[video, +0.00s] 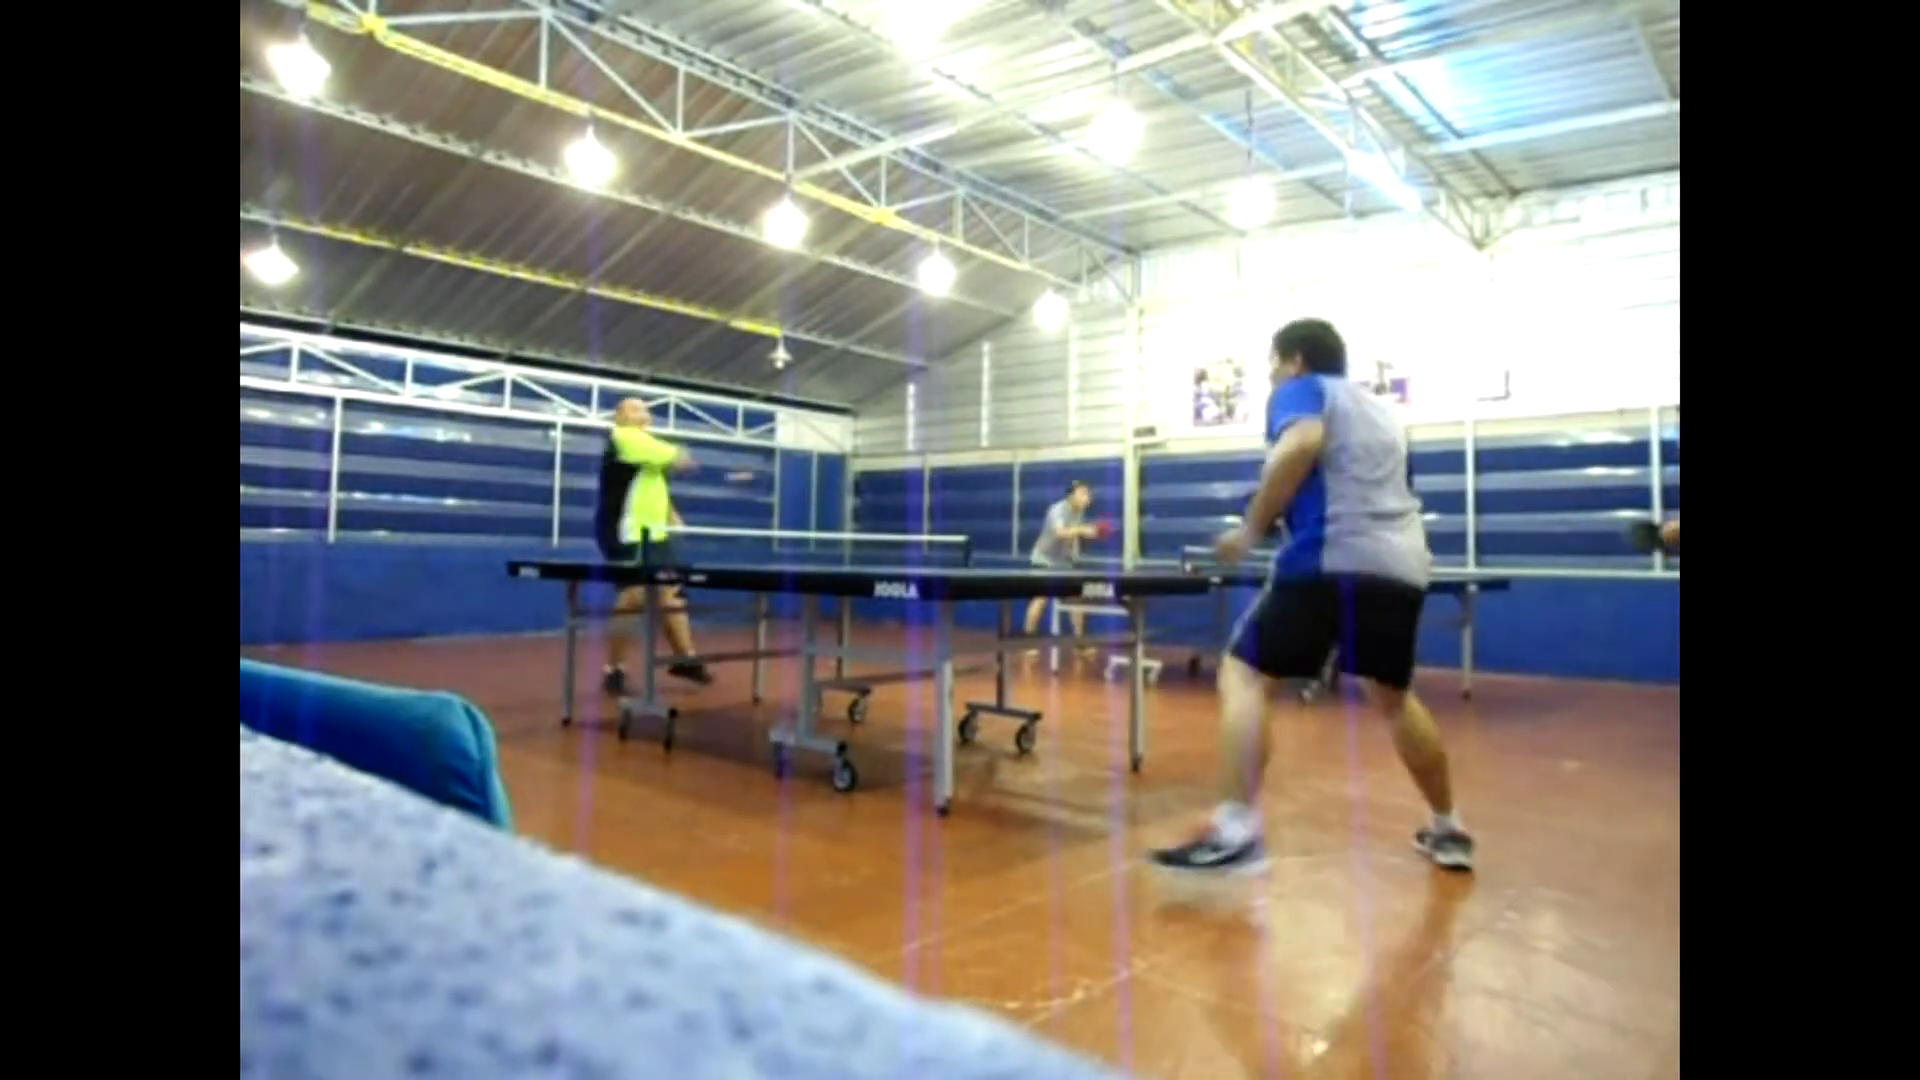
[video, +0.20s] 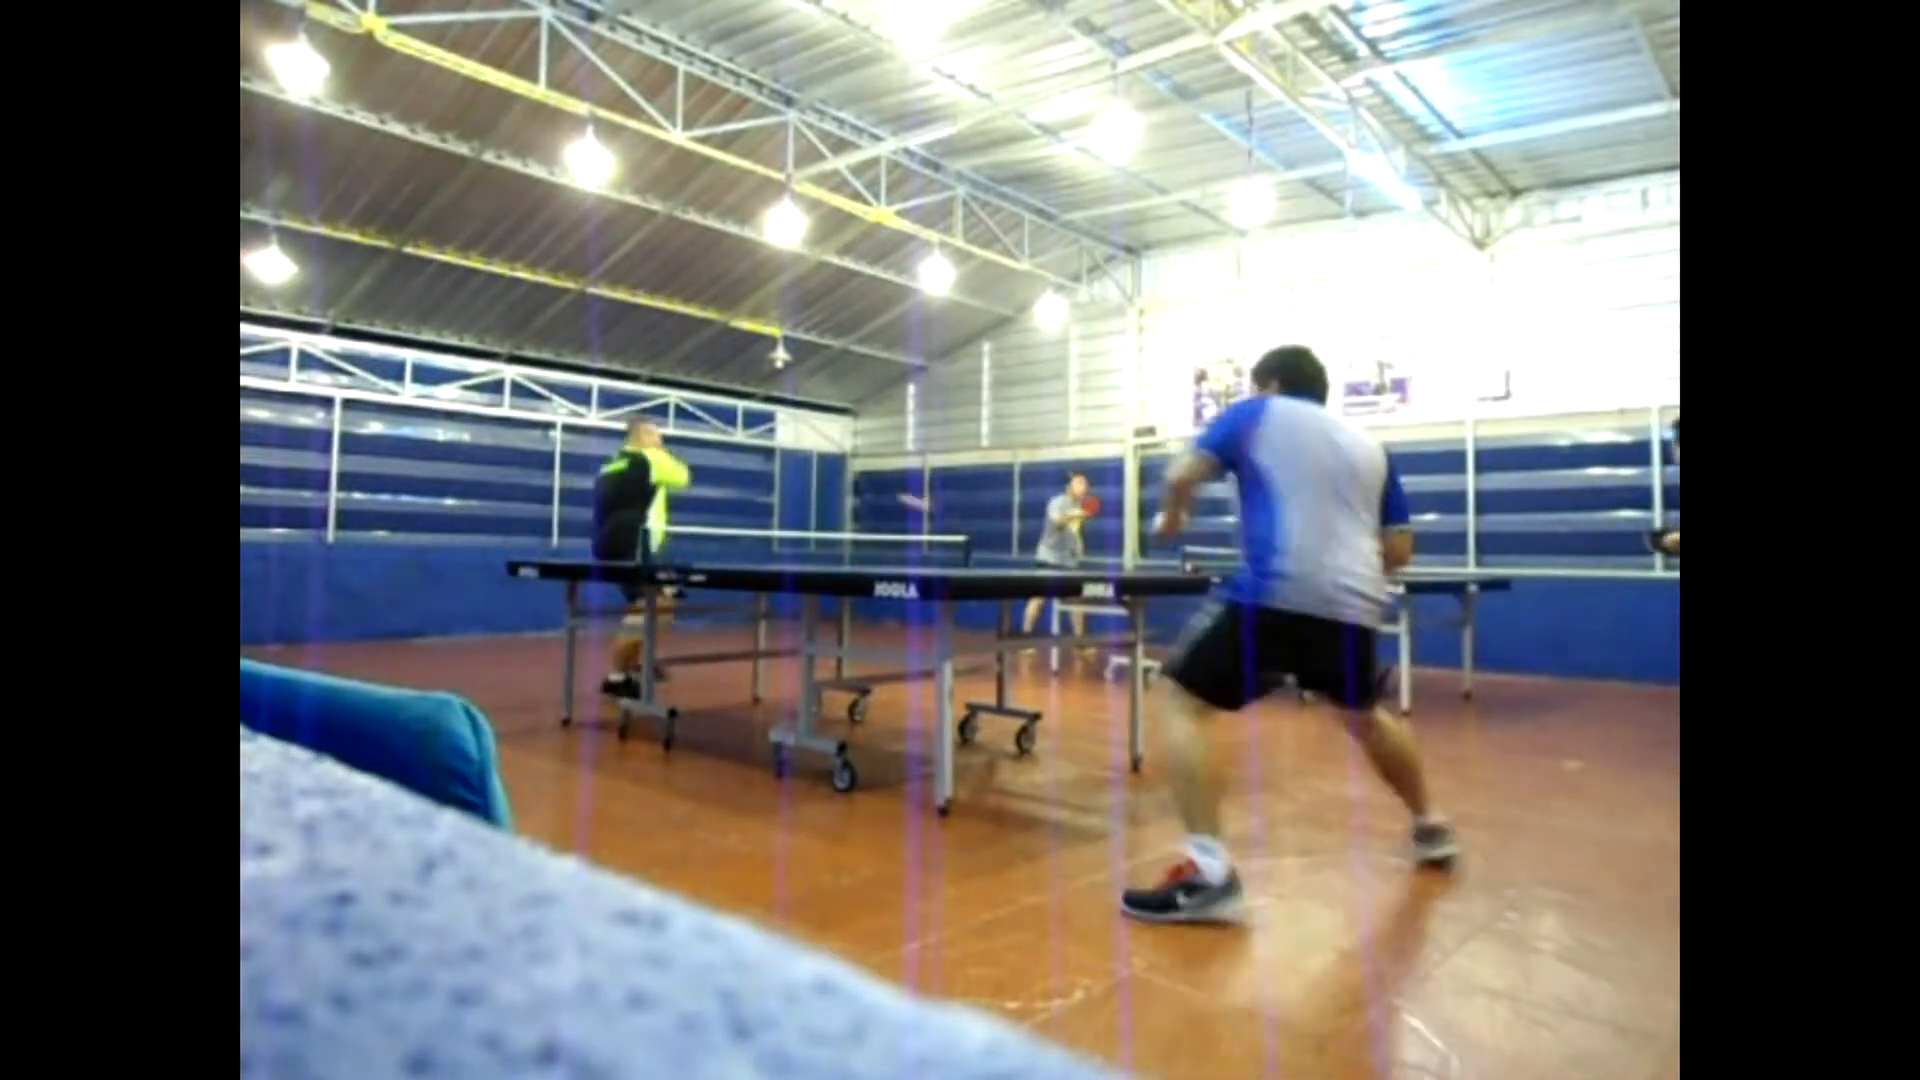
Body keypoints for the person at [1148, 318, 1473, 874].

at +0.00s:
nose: (1275, 375)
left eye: (1278, 366)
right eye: (1275, 366)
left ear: (1296, 362)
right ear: (1336, 362)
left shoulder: (1300, 389)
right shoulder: (1382, 412)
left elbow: (1304, 441)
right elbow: (1394, 492)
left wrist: (1249, 531)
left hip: (1329, 565)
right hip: (1403, 570)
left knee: (1243, 672)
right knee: (1395, 695)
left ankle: (1236, 825)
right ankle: (1448, 825)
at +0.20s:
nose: (1252, 398)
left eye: (1256, 389)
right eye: (1255, 389)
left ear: (1270, 386)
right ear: (1320, 391)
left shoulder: (1256, 413)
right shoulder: (1370, 450)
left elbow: (1182, 477)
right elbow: (1398, 549)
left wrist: (1172, 518)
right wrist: (1340, 574)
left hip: (1271, 601)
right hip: (1352, 613)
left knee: (1177, 698)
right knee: (1366, 713)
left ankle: (1208, 867)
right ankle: (1429, 824)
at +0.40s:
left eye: (1245, 403)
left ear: (1248, 405)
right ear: (1311, 413)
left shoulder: (1198, 444)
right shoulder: (1317, 443)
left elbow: (1123, 490)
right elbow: (1327, 508)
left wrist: (1184, 521)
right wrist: (1397, 606)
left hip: (1164, 624)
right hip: (1260, 627)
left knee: (1126, 754)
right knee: (1321, 725)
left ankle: (1074, 871)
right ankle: (1363, 843)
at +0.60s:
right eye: (1227, 343)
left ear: (1166, 345)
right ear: (1228, 347)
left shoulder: (1126, 398)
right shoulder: (1273, 411)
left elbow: (1062, 488)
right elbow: (1336, 511)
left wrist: (1119, 472)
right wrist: (1436, 572)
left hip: (1156, 613)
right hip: (1257, 612)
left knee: (1093, 732)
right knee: (1313, 728)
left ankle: (1067, 891)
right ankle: (1384, 866)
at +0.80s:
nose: (1140, 350)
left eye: (1142, 338)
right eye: (1138, 338)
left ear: (1157, 340)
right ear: (1215, 329)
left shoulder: (1171, 413)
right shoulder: (1269, 375)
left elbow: (1134, 541)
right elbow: (1215, 380)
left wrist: (1084, 494)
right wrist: (1150, 373)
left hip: (1187, 617)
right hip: (1280, 610)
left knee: (1068, 714)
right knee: (1271, 746)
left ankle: (1058, 896)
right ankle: (1340, 891)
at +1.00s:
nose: (1189, 314)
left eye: (1193, 298)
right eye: (1189, 298)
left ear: (1219, 300)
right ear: (1254, 298)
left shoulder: (1270, 369)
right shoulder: (1263, 370)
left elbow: (1345, 478)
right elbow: (1257, 492)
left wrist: (1249, 557)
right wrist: (1173, 518)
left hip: (1262, 602)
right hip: (1310, 606)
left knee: (1153, 705)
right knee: (1287, 732)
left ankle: (1072, 890)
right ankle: (1368, 892)